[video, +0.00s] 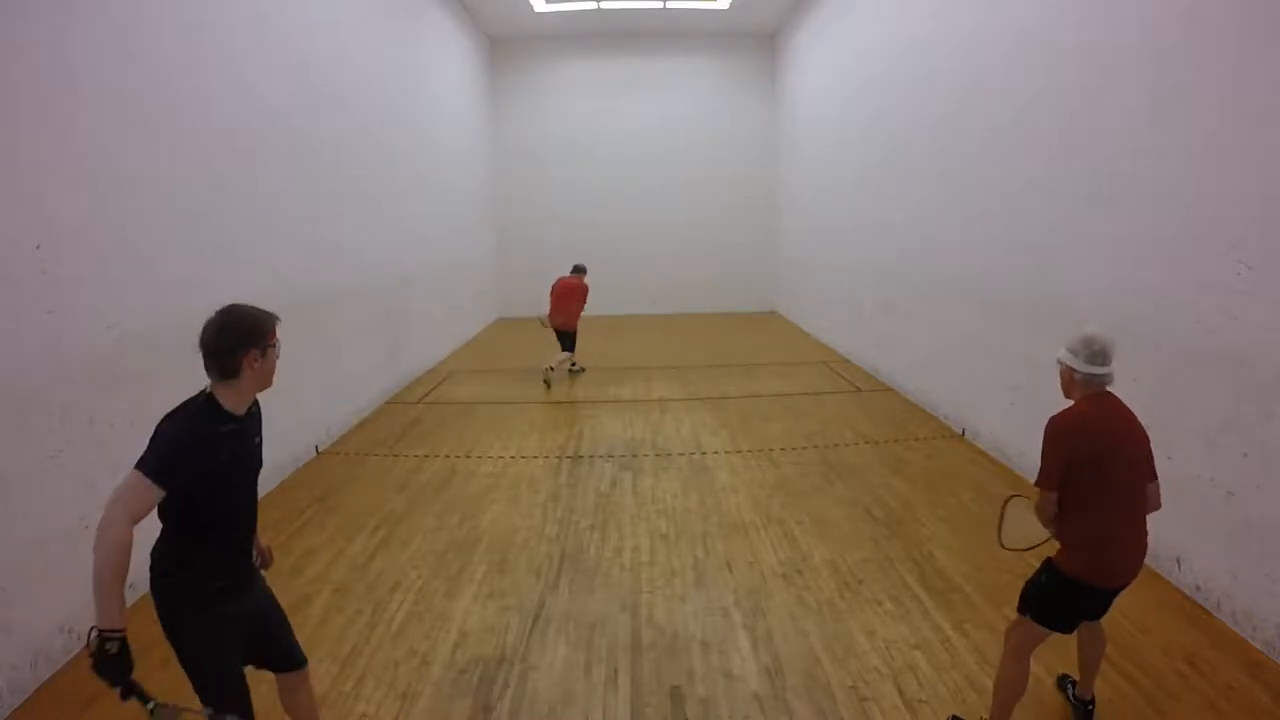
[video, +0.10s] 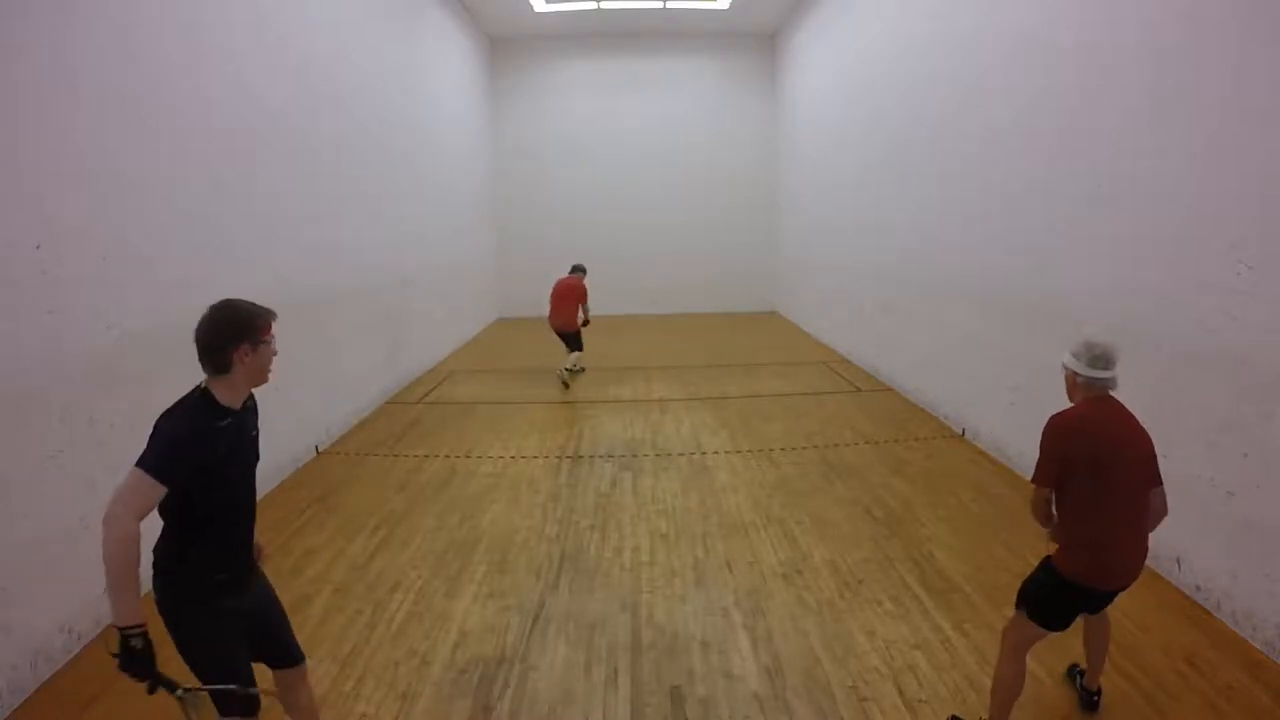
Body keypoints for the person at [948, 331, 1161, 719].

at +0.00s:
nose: (1061, 376)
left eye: (1062, 369)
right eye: (1062, 368)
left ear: (1069, 374)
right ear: (1105, 375)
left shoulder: (1064, 425)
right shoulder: (1128, 420)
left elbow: (1046, 508)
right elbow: (1152, 500)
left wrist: (1058, 526)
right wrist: (1102, 511)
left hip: (1081, 562)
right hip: (1128, 559)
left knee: (1020, 639)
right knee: (1089, 619)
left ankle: (998, 714)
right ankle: (1085, 695)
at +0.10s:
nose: (1066, 380)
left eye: (1067, 374)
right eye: (1068, 374)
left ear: (1072, 379)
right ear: (1110, 381)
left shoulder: (1063, 425)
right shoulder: (1133, 427)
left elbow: (1040, 503)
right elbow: (1158, 508)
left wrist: (1053, 526)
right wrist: (1127, 533)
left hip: (1077, 564)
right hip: (1127, 563)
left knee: (1015, 640)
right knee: (1096, 608)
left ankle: (996, 715)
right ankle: (1092, 687)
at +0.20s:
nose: (1078, 385)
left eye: (1080, 380)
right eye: (1082, 380)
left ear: (1085, 383)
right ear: (1123, 388)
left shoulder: (1070, 425)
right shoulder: (1142, 435)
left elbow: (1038, 496)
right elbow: (1164, 512)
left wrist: (1045, 524)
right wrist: (1156, 560)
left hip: (1075, 566)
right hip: (1127, 567)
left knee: (1013, 640)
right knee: (1106, 605)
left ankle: (996, 714)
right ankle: (1100, 672)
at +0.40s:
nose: (1124, 389)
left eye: (1125, 384)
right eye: (1130, 385)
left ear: (1126, 387)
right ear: (1161, 393)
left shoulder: (1106, 421)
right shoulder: (1175, 441)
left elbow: (1062, 472)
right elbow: (1193, 511)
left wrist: (1034, 502)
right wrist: (1209, 558)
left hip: (1096, 550)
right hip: (1143, 557)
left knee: (1041, 639)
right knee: (1118, 593)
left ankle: (995, 716)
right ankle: (1105, 660)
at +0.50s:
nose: (1140, 385)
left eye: (1142, 380)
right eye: (1146, 381)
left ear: (1144, 381)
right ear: (1177, 388)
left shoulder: (1129, 413)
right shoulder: (1186, 430)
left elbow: (1098, 463)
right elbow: (1192, 485)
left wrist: (1066, 496)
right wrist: (1193, 513)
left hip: (1115, 537)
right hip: (1159, 545)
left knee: (1057, 619)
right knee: (1122, 584)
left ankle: (1001, 705)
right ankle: (1105, 660)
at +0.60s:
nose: (1147, 362)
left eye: (1150, 356)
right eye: (1151, 357)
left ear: (1156, 359)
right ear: (1186, 364)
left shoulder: (1144, 392)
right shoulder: (1200, 401)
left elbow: (1120, 453)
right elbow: (1199, 455)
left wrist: (1110, 493)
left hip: (1137, 510)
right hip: (1178, 520)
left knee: (1080, 590)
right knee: (1133, 579)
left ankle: (1019, 669)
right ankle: (1107, 659)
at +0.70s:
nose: (1152, 339)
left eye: (1154, 334)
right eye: (1155, 334)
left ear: (1161, 335)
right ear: (1191, 339)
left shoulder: (1157, 370)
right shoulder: (1207, 375)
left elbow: (1144, 432)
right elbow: (1192, 434)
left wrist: (1129, 466)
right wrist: (1144, 457)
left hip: (1154, 491)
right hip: (1195, 500)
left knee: (1097, 564)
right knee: (1155, 567)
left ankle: (1037, 637)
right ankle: (1131, 645)